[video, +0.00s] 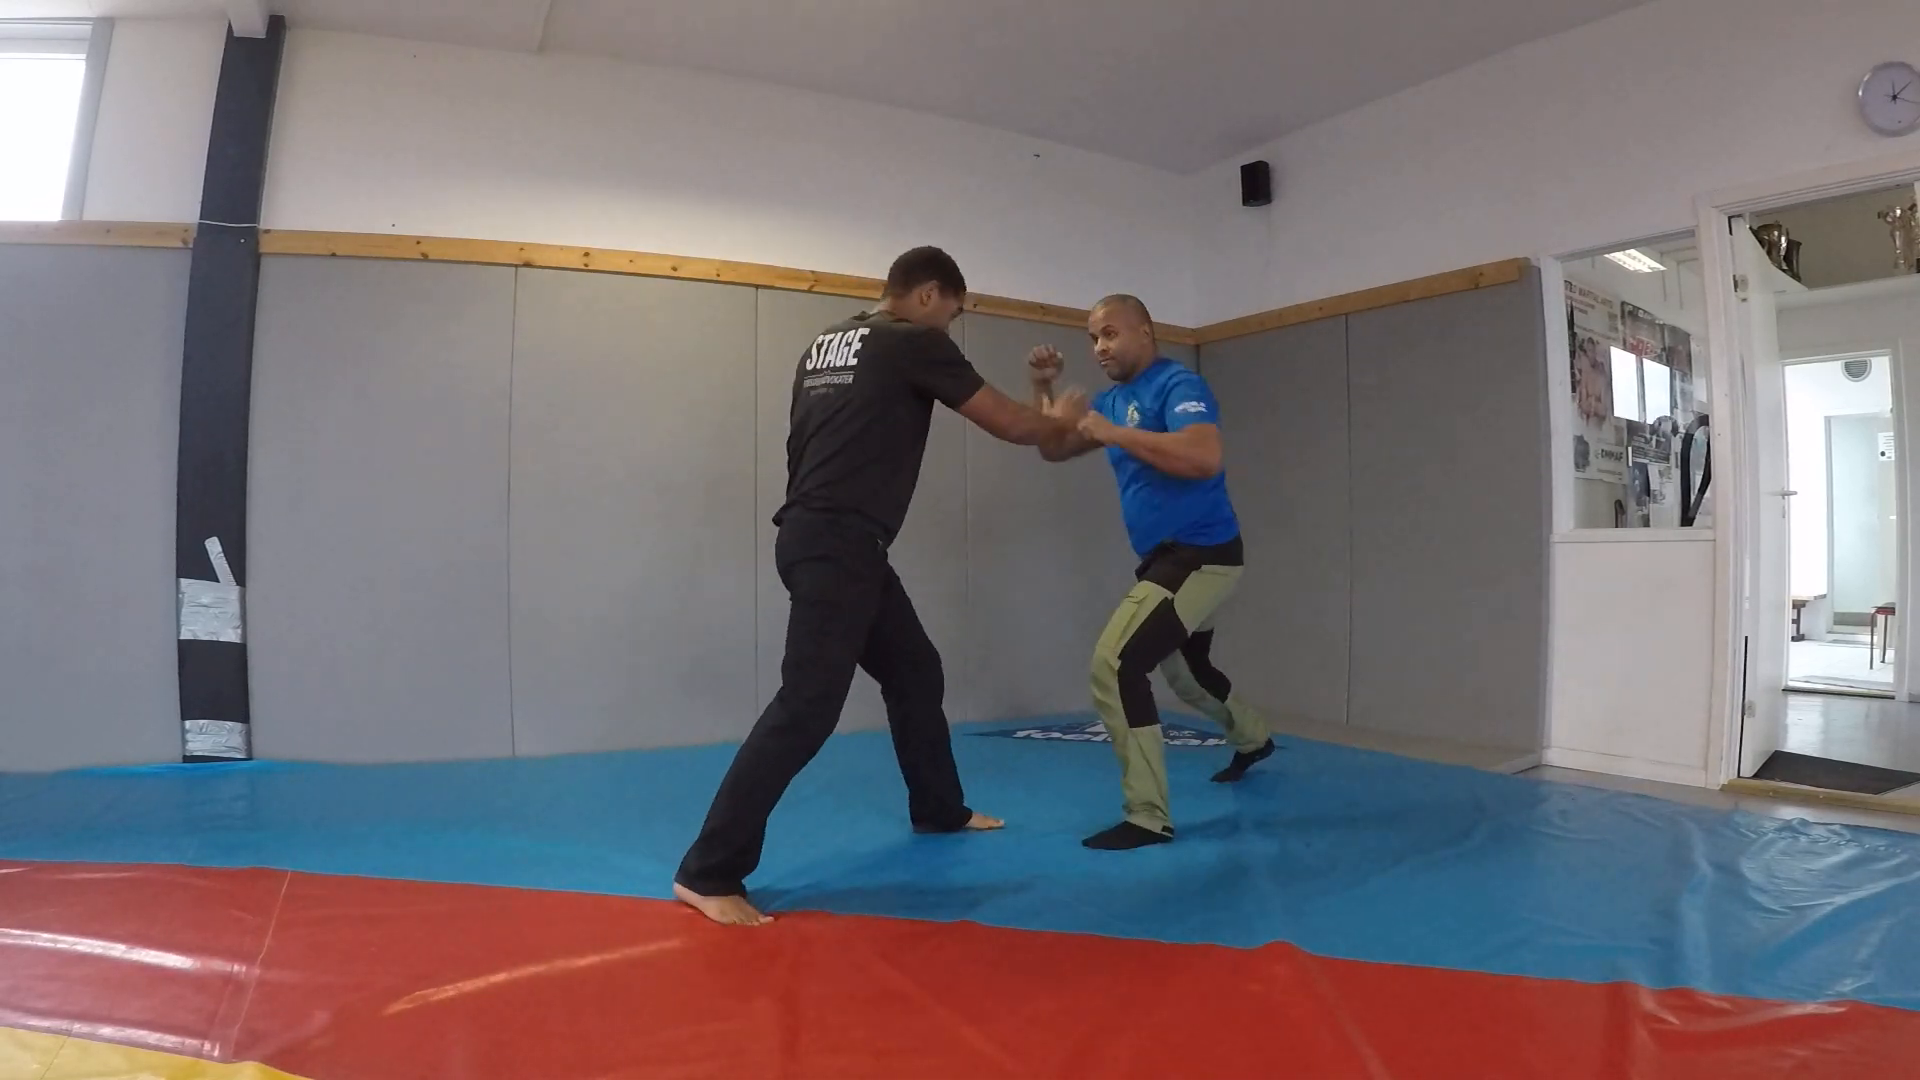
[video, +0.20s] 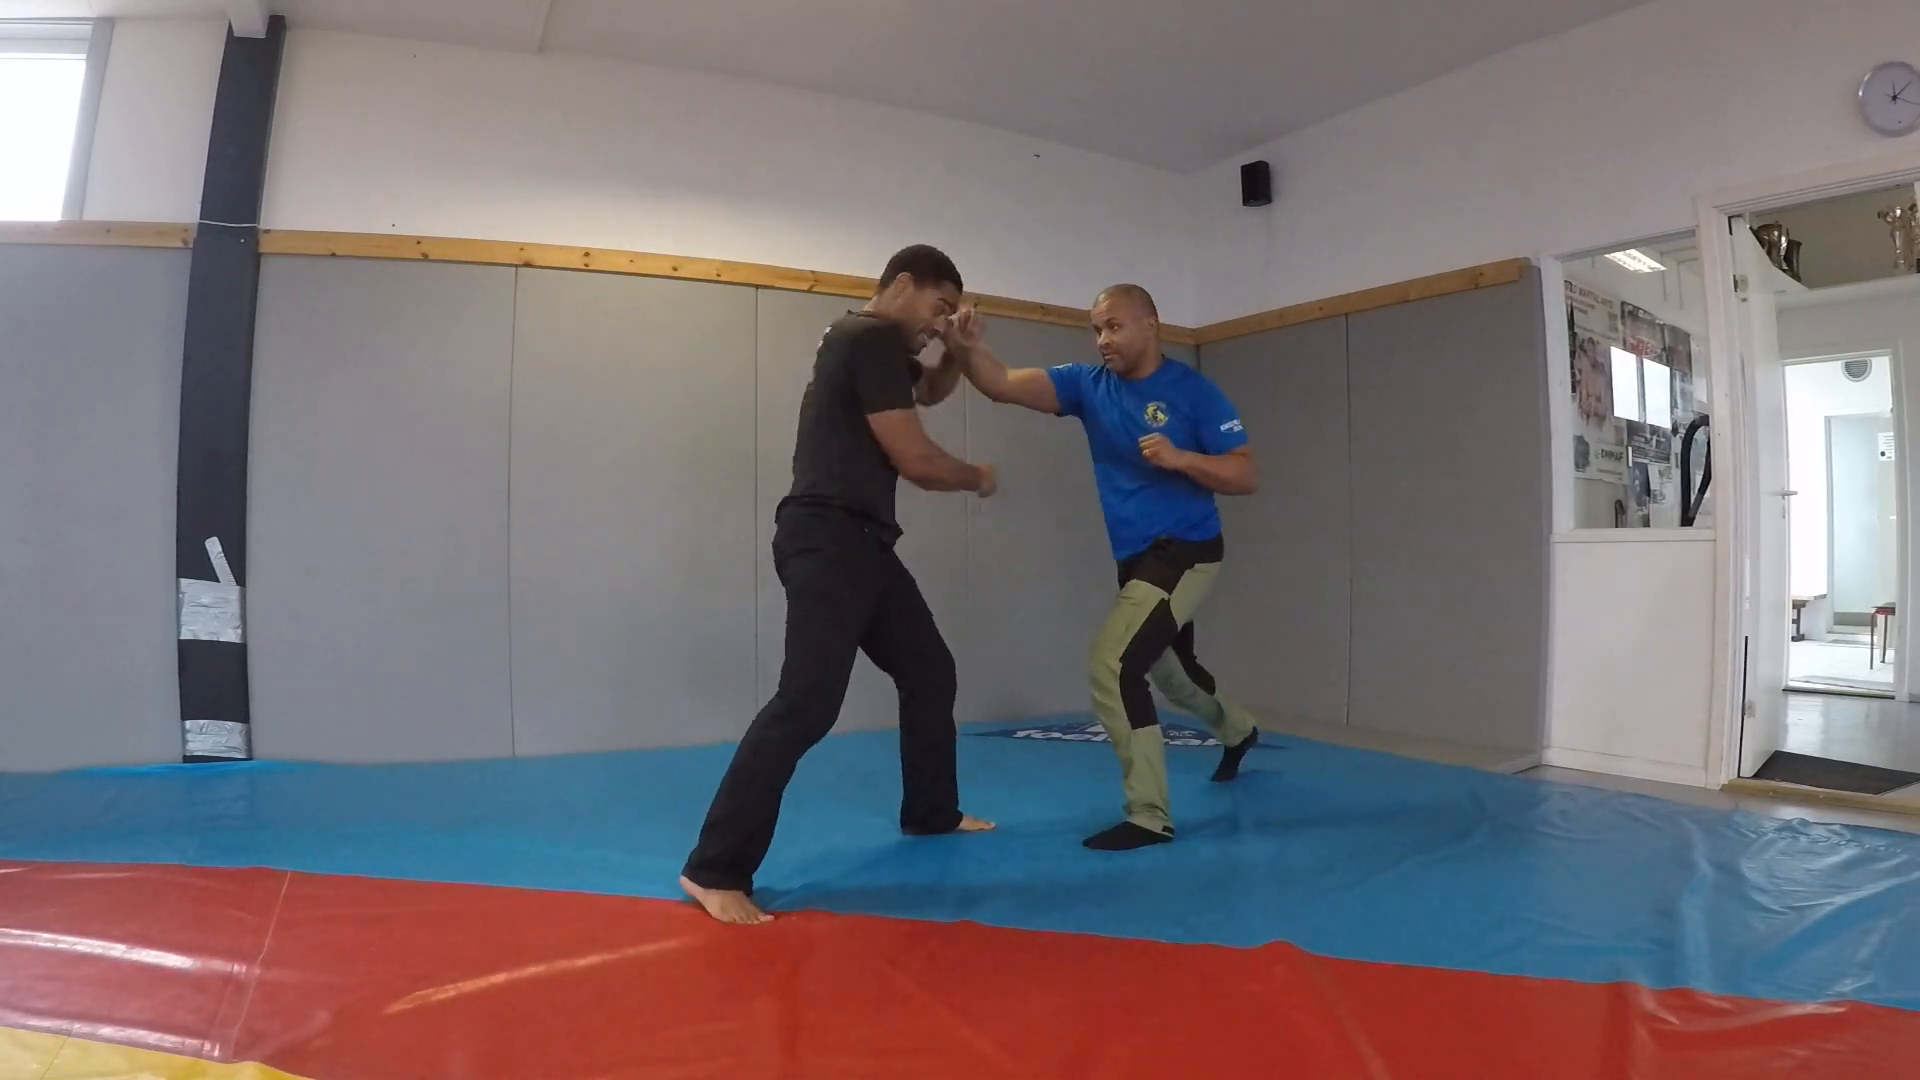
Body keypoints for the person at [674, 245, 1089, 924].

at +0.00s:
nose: (950, 324)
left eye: (954, 315)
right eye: (950, 312)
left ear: (896, 293)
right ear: (926, 294)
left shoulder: (827, 346)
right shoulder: (915, 343)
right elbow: (1013, 423)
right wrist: (1062, 420)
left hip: (816, 538)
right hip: (841, 544)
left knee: (914, 669)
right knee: (805, 712)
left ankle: (939, 811)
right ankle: (708, 874)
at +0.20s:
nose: (941, 323)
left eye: (947, 313)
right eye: (939, 306)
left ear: (897, 289)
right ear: (903, 284)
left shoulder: (865, 339)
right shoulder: (873, 340)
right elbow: (916, 463)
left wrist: (955, 344)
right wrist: (976, 477)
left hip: (859, 543)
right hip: (830, 537)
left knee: (929, 668)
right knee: (807, 703)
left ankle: (931, 813)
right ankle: (714, 870)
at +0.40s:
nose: (925, 343)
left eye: (930, 333)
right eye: (921, 329)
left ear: (897, 316)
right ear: (884, 307)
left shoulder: (892, 361)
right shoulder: (816, 358)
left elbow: (957, 372)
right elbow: (863, 459)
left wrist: (986, 359)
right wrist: (948, 423)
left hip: (850, 557)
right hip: (794, 555)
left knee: (917, 675)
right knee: (801, 695)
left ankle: (929, 813)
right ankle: (693, 849)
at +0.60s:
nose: (896, 340)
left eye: (902, 330)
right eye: (898, 326)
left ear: (854, 310)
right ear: (867, 310)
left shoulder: (810, 357)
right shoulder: (809, 366)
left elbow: (832, 423)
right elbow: (887, 461)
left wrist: (884, 385)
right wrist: (934, 391)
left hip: (796, 556)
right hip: (756, 555)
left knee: (866, 669)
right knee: (745, 714)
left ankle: (913, 801)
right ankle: (653, 861)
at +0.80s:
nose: (864, 333)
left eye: (864, 327)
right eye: (864, 324)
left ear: (812, 314)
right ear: (850, 312)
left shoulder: (761, 359)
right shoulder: (834, 345)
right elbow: (917, 376)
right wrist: (923, 341)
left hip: (747, 535)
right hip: (780, 539)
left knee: (832, 665)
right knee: (765, 700)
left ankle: (818, 799)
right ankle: (657, 853)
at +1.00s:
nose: (856, 343)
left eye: (856, 337)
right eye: (855, 336)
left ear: (799, 329)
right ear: (841, 328)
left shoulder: (749, 378)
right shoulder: (838, 347)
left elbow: (735, 471)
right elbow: (960, 355)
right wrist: (980, 368)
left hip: (739, 533)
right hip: (781, 530)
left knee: (825, 666)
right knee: (758, 687)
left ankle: (820, 802)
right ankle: (657, 847)